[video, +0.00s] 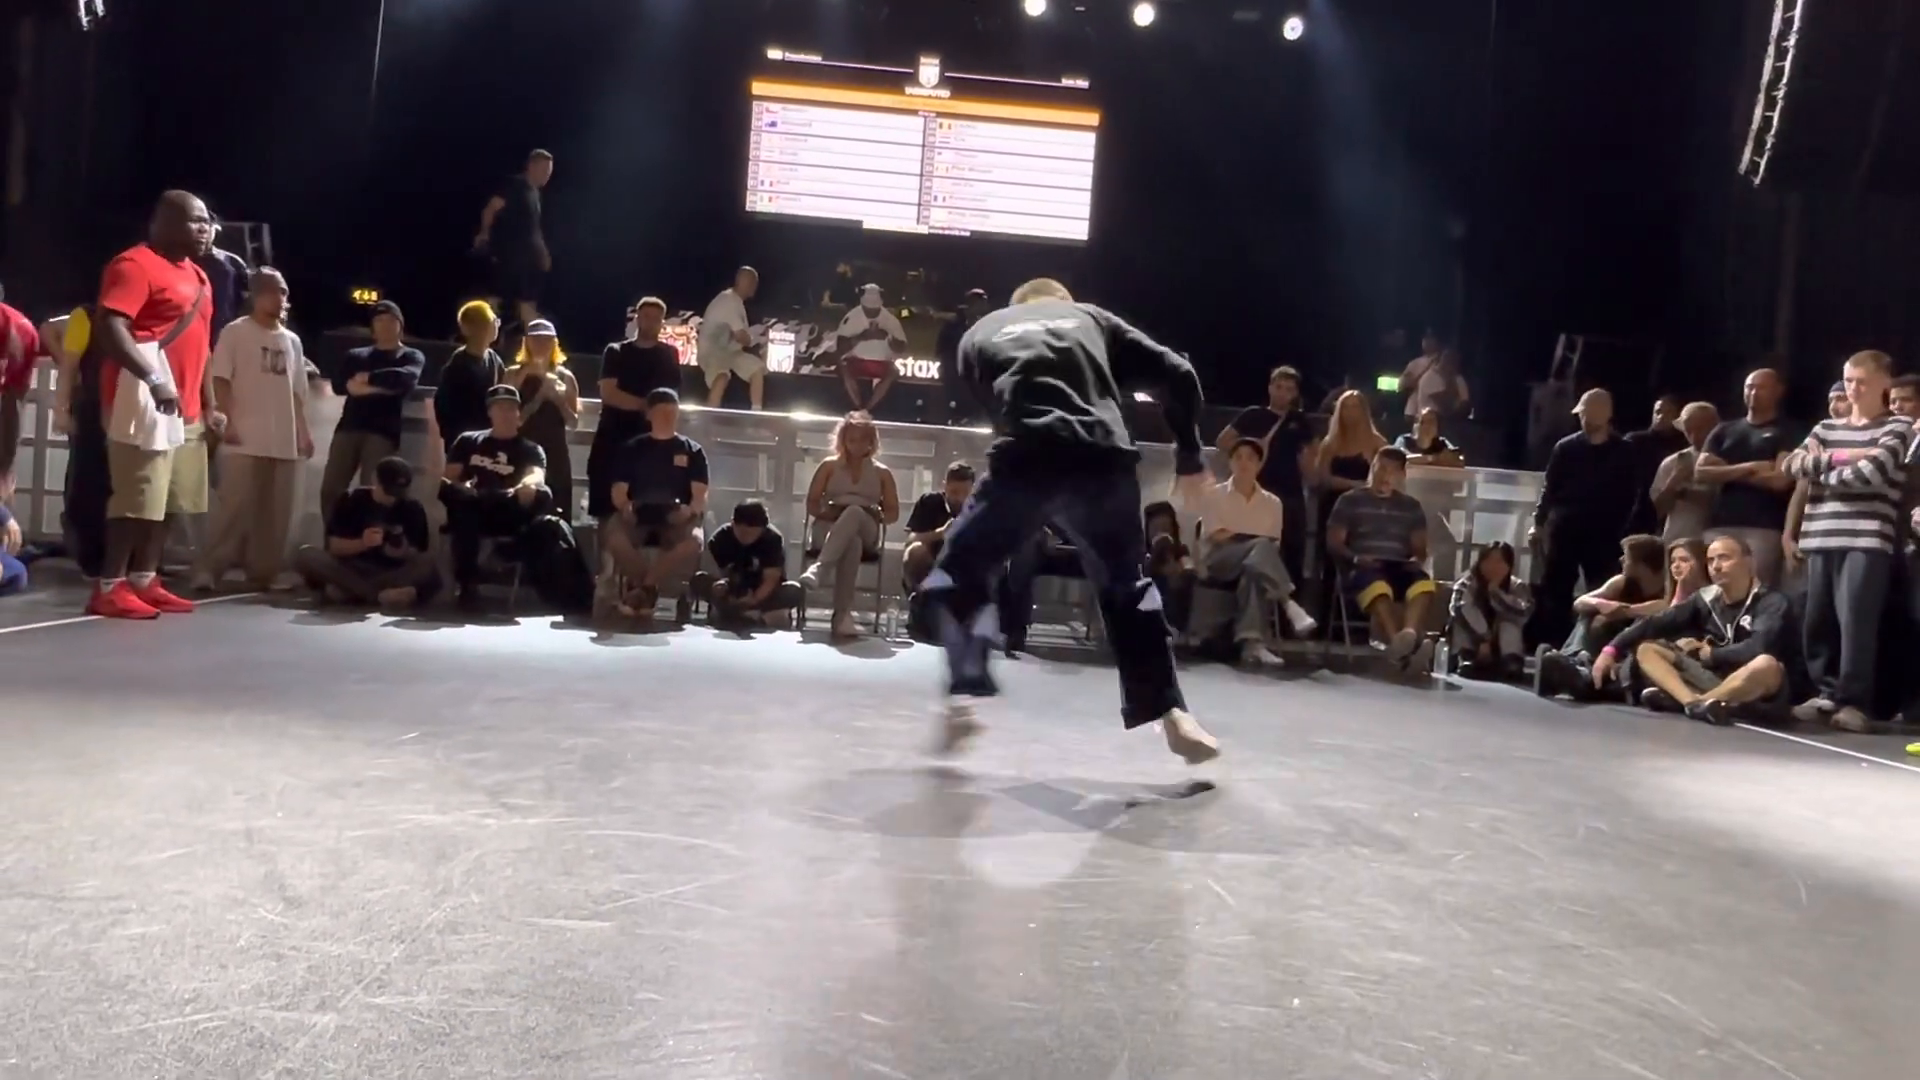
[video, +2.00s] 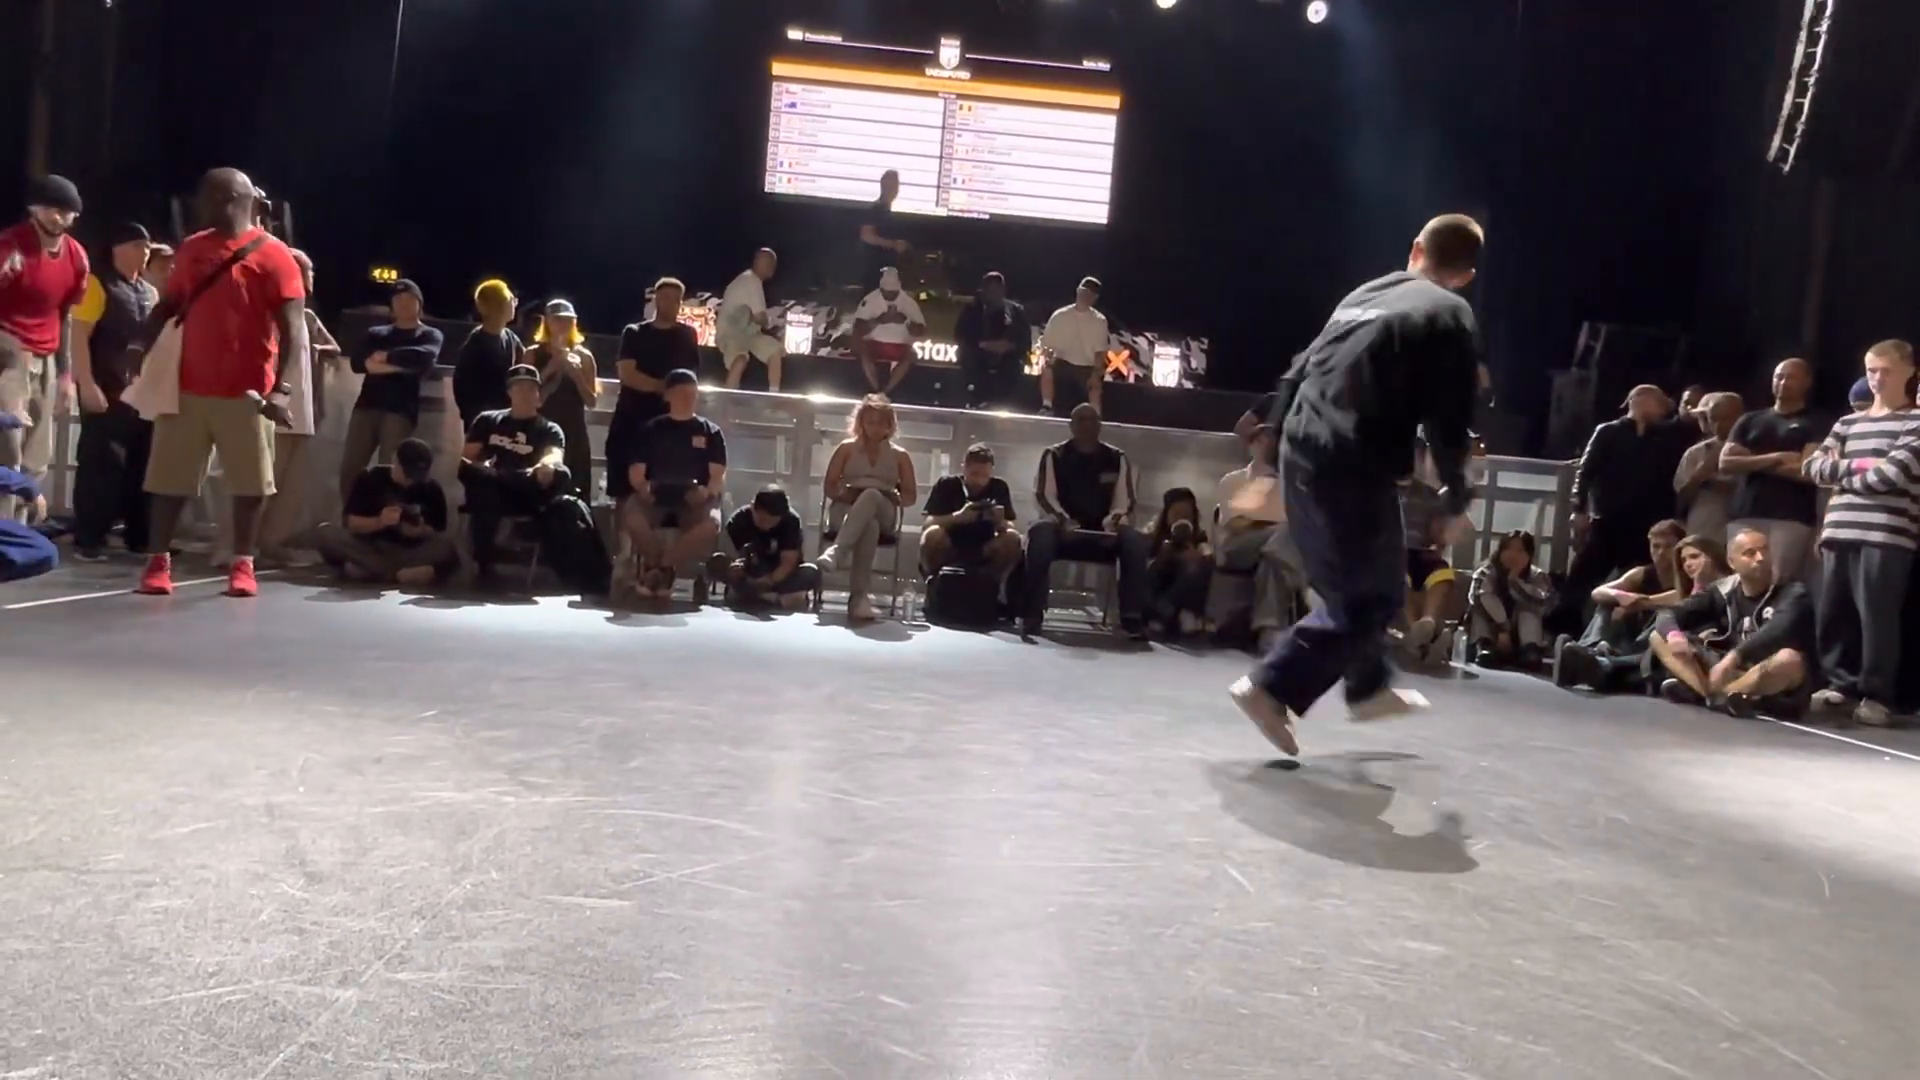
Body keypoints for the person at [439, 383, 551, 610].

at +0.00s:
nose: (508, 414)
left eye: (512, 409)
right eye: (502, 408)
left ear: (519, 414)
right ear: (489, 412)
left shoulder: (531, 449)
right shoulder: (468, 441)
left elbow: (534, 479)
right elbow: (448, 482)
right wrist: (463, 488)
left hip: (510, 503)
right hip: (475, 502)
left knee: (541, 497)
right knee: (460, 505)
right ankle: (466, 584)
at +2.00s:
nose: (527, 394)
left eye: (532, 389)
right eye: (522, 388)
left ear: (539, 395)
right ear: (509, 392)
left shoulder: (550, 429)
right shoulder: (487, 420)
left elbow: (553, 457)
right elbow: (467, 462)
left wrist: (546, 466)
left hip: (531, 488)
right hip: (494, 485)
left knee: (560, 475)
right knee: (481, 484)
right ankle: (484, 566)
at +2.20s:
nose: (527, 395)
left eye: (532, 389)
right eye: (522, 389)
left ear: (538, 395)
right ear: (508, 392)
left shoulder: (549, 430)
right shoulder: (486, 421)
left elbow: (552, 457)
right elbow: (465, 463)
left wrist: (545, 467)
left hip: (531, 490)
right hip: (494, 487)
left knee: (569, 507)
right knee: (479, 485)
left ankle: (595, 584)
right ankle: (484, 566)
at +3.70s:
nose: (525, 394)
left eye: (530, 389)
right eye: (519, 389)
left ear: (538, 395)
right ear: (508, 392)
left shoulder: (549, 431)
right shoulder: (487, 422)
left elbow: (553, 456)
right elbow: (466, 462)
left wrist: (547, 466)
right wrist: (484, 470)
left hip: (530, 488)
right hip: (494, 486)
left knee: (558, 479)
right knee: (482, 487)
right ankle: (485, 566)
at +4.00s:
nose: (523, 394)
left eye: (528, 389)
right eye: (518, 388)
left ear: (537, 395)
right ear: (507, 391)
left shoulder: (548, 430)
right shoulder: (486, 421)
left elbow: (553, 458)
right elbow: (466, 461)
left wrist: (548, 467)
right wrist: (488, 471)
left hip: (530, 490)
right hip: (493, 487)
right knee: (482, 492)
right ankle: (485, 568)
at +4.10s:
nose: (524, 396)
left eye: (529, 390)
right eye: (519, 390)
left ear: (538, 396)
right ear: (508, 393)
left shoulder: (549, 431)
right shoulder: (487, 423)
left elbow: (553, 458)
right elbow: (466, 462)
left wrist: (548, 467)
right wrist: (485, 472)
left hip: (531, 492)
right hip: (495, 490)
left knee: (568, 509)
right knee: (480, 487)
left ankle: (591, 588)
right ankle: (485, 570)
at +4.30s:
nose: (524, 397)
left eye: (529, 392)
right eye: (518, 391)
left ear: (538, 398)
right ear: (508, 395)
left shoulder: (549, 433)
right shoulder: (487, 424)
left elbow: (552, 465)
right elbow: (466, 465)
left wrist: (547, 470)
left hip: (531, 493)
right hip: (495, 492)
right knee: (481, 493)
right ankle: (485, 573)